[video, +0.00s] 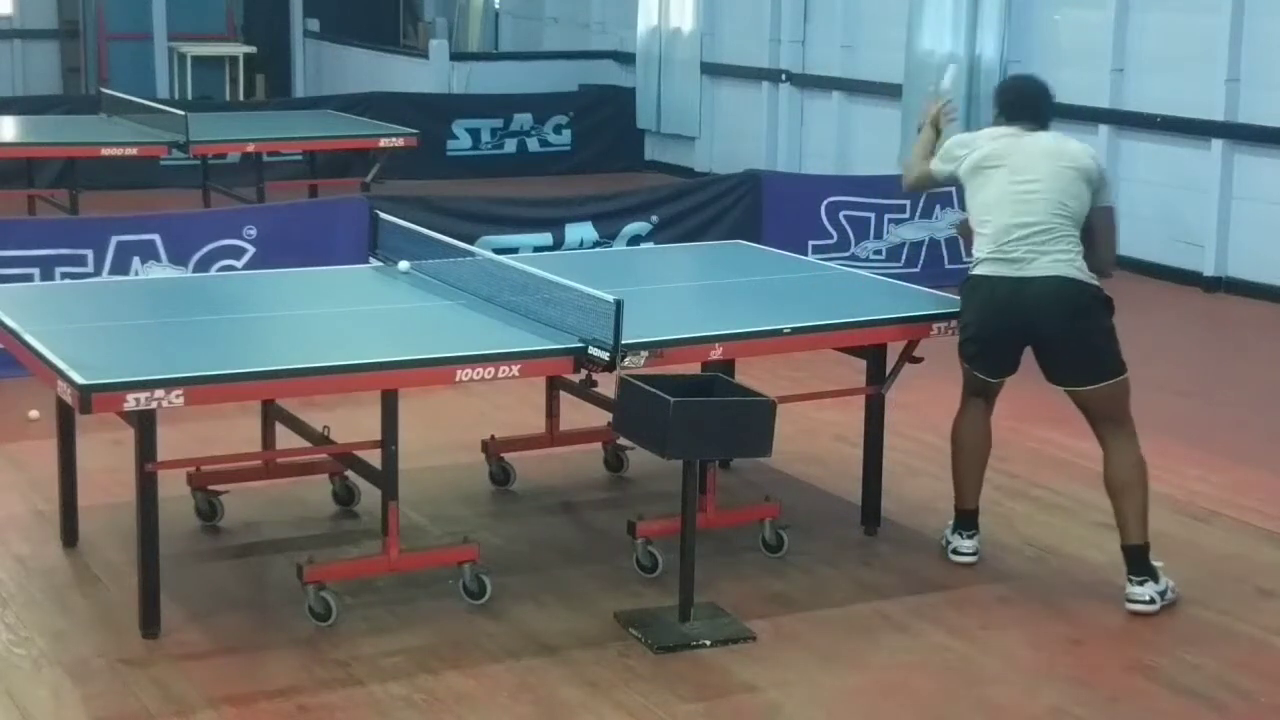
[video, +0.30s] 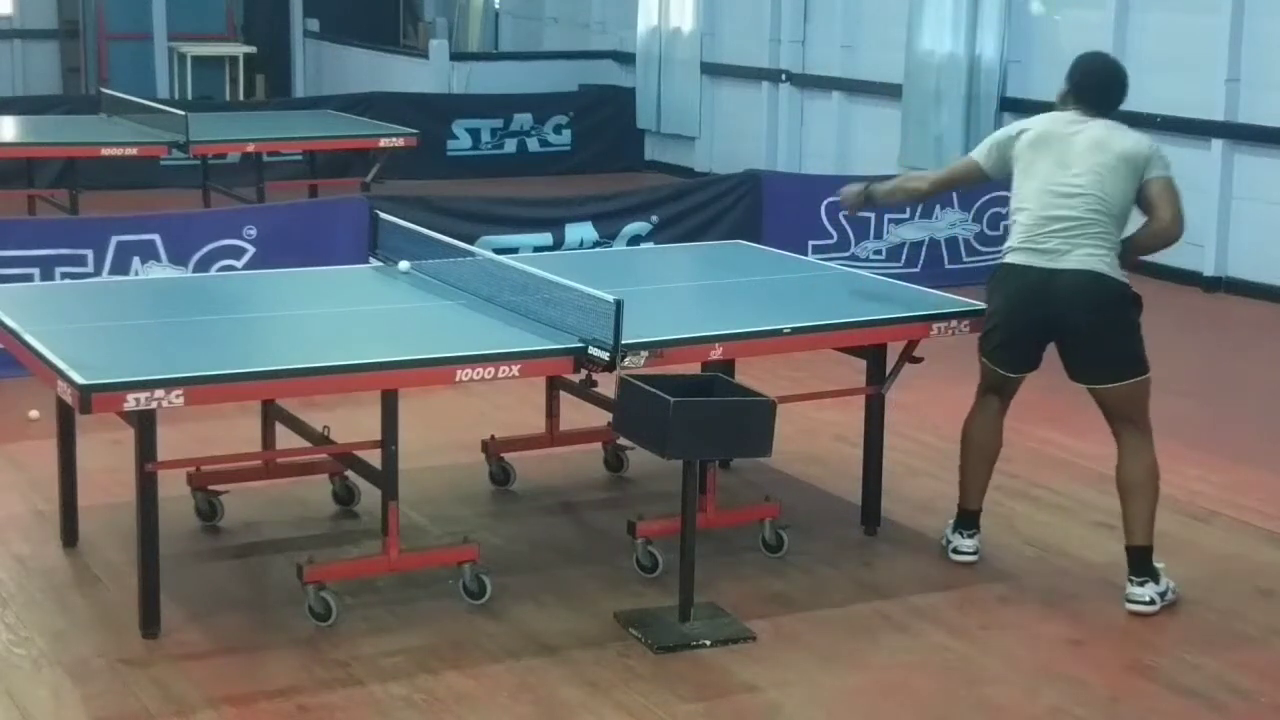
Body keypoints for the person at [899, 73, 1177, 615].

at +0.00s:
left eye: (1001, 108)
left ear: (999, 114)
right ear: (1050, 116)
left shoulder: (972, 147)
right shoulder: (1083, 157)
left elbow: (913, 179)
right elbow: (1103, 262)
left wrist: (929, 131)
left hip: (991, 296)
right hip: (1068, 300)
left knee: (976, 401)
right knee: (1116, 431)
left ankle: (964, 531)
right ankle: (1141, 577)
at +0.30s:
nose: (1059, 95)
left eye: (1062, 87)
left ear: (1065, 94)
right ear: (1119, 103)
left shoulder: (1025, 132)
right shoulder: (1139, 145)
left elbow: (931, 184)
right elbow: (1168, 224)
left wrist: (868, 192)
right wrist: (1127, 250)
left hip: (1019, 286)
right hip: (1095, 296)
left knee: (991, 396)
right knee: (1132, 428)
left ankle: (965, 529)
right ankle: (1142, 577)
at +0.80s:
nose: (993, 135)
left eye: (998, 124)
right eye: (996, 124)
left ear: (1018, 129)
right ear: (1052, 135)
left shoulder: (1021, 168)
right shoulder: (1086, 174)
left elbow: (988, 227)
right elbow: (1101, 252)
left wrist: (887, 243)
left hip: (1076, 324)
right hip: (1141, 327)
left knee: (989, 409)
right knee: (1122, 450)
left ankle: (1031, 544)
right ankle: (1151, 542)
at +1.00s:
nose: (982, 78)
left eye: (993, 69)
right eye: (985, 68)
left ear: (1026, 79)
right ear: (1015, 80)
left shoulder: (1055, 126)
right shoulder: (1025, 134)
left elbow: (1088, 202)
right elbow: (1055, 207)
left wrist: (1016, 201)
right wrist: (996, 203)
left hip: (1099, 277)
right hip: (1083, 276)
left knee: (1015, 397)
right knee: (1044, 398)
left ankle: (1032, 542)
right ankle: (1144, 470)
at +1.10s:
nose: (995, 53)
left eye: (1007, 44)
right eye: (995, 44)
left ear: (1041, 53)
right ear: (1007, 54)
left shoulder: (1081, 108)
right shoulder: (1011, 114)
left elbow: (1123, 191)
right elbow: (1020, 175)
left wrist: (1057, 195)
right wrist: (978, 191)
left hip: (1106, 254)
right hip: (1060, 257)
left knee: (1065, 380)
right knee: (1023, 358)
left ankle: (1062, 522)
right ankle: (1114, 448)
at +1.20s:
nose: (1010, 66)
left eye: (1021, 57)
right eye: (1009, 57)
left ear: (1055, 62)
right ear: (1016, 62)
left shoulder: (1100, 118)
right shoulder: (1014, 122)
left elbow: (1143, 198)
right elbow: (1017, 187)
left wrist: (1080, 207)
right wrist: (986, 200)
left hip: (1103, 263)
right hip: (1046, 262)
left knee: (1083, 377)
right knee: (1013, 348)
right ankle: (1037, 440)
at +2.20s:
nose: (1092, 53)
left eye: (1103, 45)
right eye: (1091, 43)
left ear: (1135, 51)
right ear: (1100, 50)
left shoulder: (1176, 108)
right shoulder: (1103, 110)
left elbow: (1229, 176)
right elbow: (1113, 179)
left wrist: (1151, 200)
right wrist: (1075, 194)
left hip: (1189, 249)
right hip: (1136, 248)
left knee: (1176, 375)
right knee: (1099, 341)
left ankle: (1237, 501)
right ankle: (1103, 448)